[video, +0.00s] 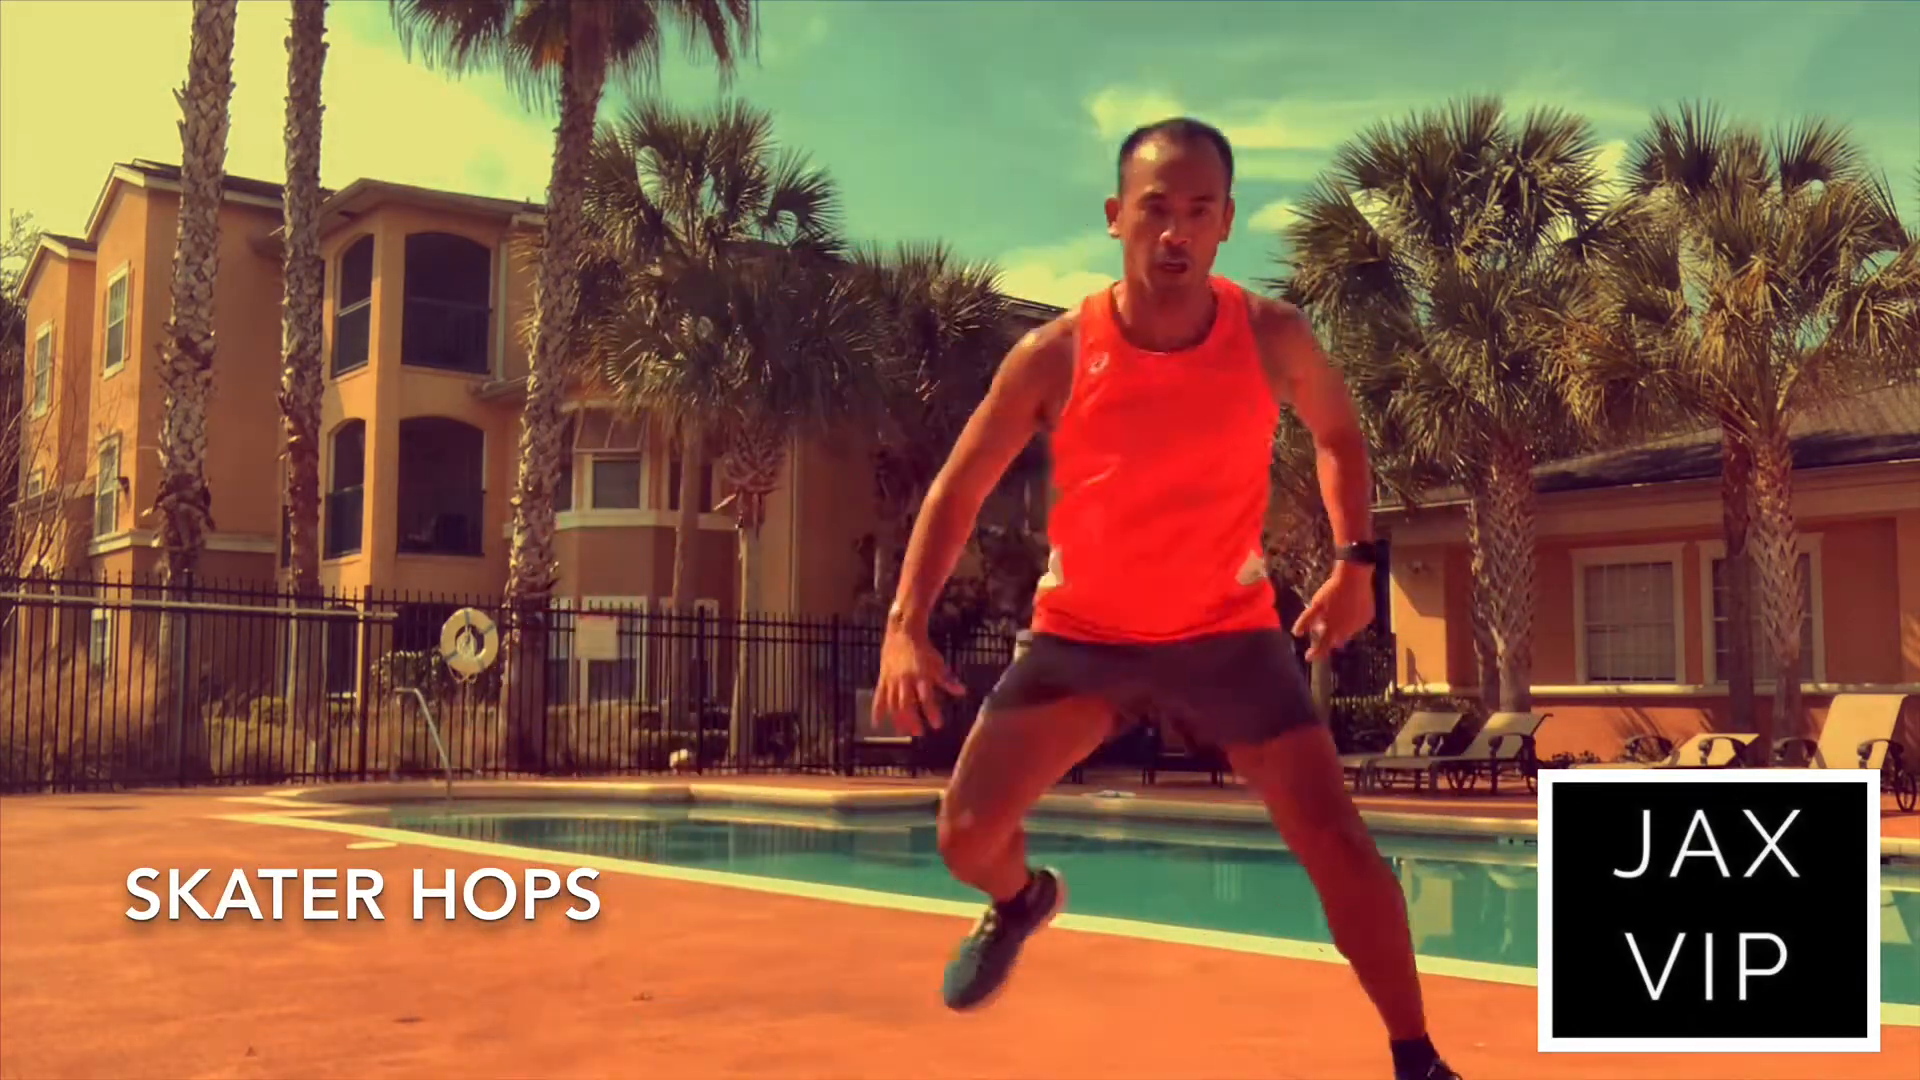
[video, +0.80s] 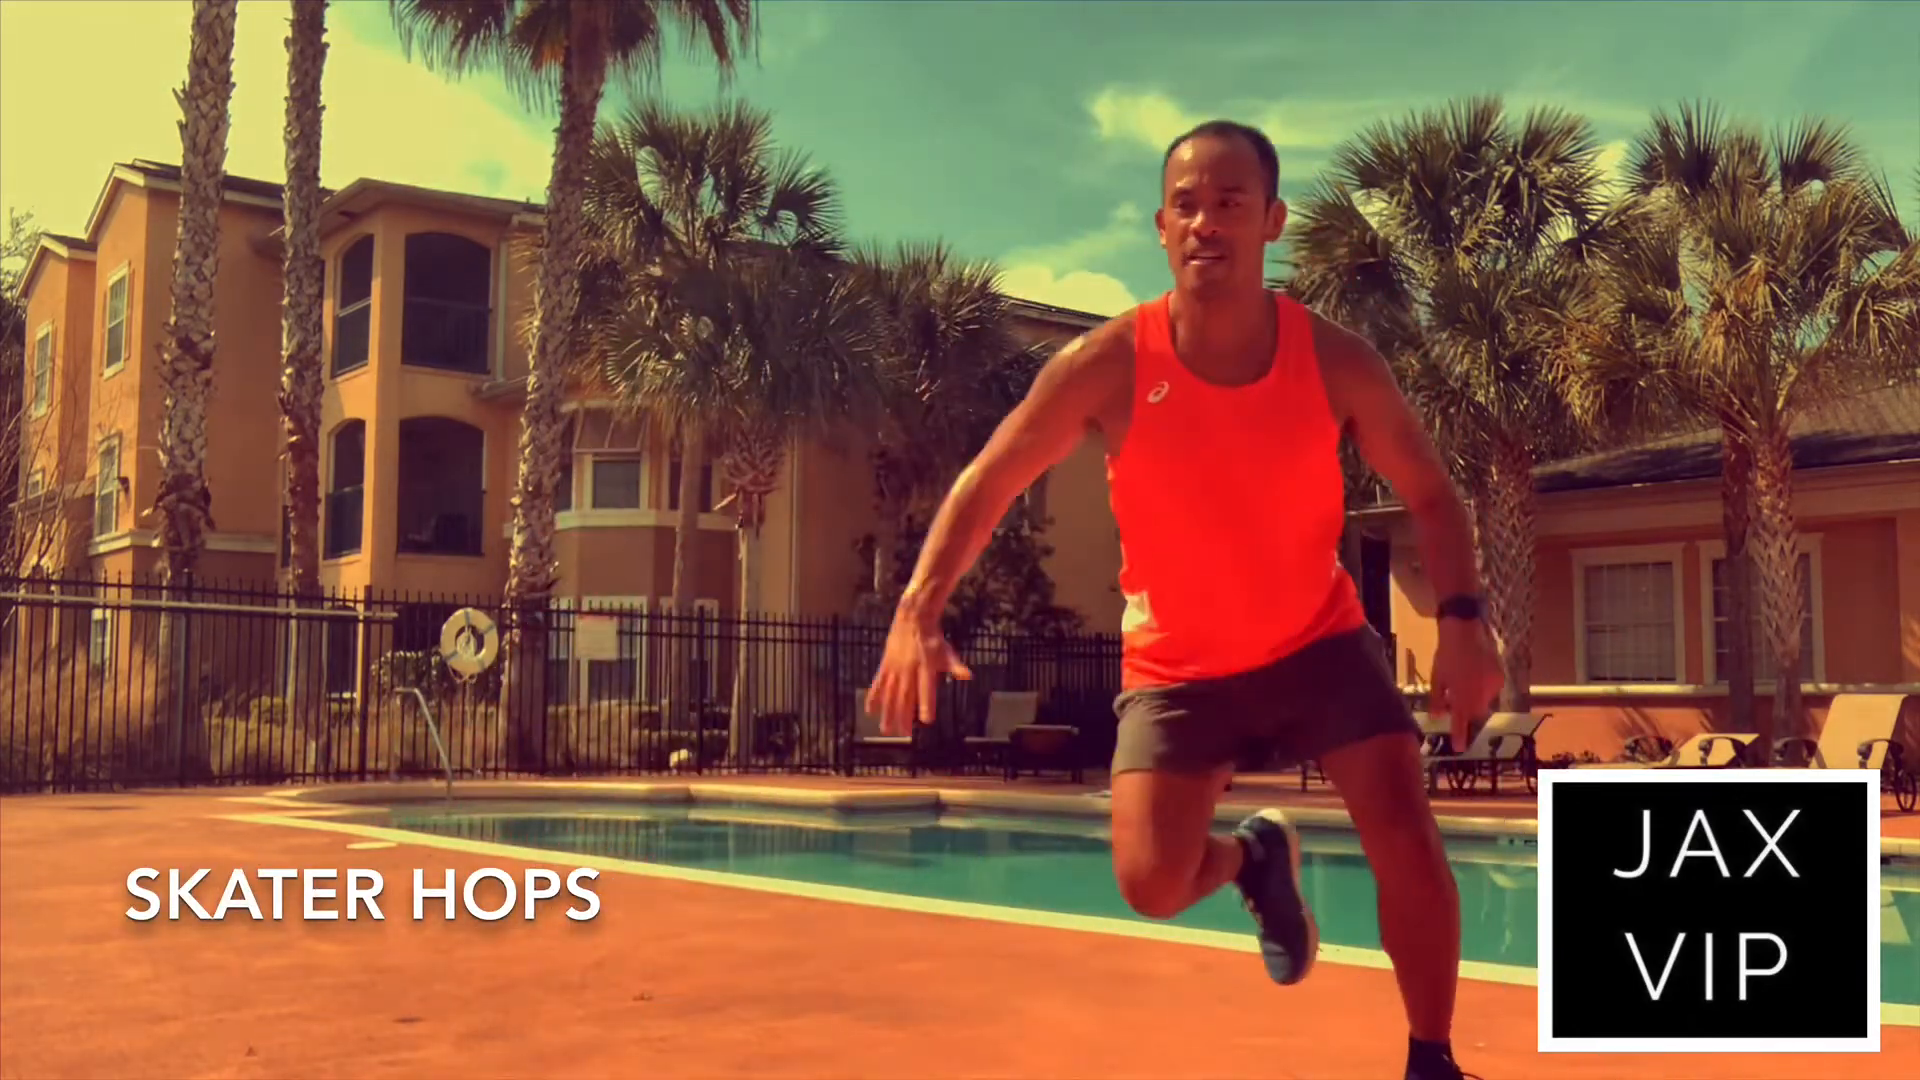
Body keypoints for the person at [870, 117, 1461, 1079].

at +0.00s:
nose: (1175, 228)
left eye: (1199, 207)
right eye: (1155, 205)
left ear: (1226, 222)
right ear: (1115, 215)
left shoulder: (1272, 338)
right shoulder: (1053, 355)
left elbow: (1339, 441)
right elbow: (958, 490)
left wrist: (1355, 561)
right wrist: (905, 625)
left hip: (1228, 636)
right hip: (1079, 637)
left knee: (1332, 838)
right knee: (967, 834)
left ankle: (1416, 1055)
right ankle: (1022, 901)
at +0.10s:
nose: (1275, 284)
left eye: (1297, 263)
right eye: (1253, 262)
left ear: (1322, 277)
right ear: (1210, 274)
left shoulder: (1361, 390)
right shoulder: (1149, 421)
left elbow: (1397, 494)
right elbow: (1075, 585)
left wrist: (1418, 611)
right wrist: (1073, 741)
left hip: (1319, 658)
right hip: (1184, 678)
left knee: (1398, 843)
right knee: (1160, 919)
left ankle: (1427, 1060)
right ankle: (1253, 911)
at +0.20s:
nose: (1342, 331)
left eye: (1363, 309)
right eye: (1319, 309)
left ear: (1387, 324)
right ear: (1274, 322)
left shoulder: (1411, 426)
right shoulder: (1225, 470)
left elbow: (1436, 507)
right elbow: (1199, 651)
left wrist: (1469, 610)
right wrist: (1278, 787)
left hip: (1368, 683)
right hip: (1249, 729)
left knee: (1434, 844)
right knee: (1315, 963)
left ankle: (1431, 1065)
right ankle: (1448, 942)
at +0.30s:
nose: (1385, 386)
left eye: (1405, 365)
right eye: (1362, 363)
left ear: (1430, 378)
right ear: (1317, 377)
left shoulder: (1439, 471)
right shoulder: (1277, 512)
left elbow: (1463, 530)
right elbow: (1318, 693)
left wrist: (1507, 612)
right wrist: (1474, 768)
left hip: (1417, 716)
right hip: (1307, 774)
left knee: (1446, 848)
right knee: (1438, 974)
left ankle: (1433, 1062)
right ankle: (1585, 991)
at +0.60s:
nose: (1372, 366)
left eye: (1396, 349)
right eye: (1352, 344)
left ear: (1427, 374)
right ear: (1313, 361)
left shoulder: (1438, 486)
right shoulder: (1254, 490)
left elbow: (1476, 591)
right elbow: (1285, 685)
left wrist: (1512, 706)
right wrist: (1449, 765)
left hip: (1407, 694)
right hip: (1292, 739)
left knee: (1428, 857)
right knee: (1428, 916)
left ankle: (1431, 1062)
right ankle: (1592, 980)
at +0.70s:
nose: (1303, 284)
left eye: (1329, 266)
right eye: (1284, 264)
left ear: (1366, 292)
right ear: (1252, 285)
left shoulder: (1397, 430)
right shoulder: (1190, 427)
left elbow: (1451, 585)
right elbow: (1158, 618)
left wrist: (1499, 723)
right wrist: (1199, 778)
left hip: (1367, 662)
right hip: (1250, 708)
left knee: (1419, 848)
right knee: (1353, 934)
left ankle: (1429, 1059)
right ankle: (1446, 915)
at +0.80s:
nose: (1206, 221)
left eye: (1231, 200)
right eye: (1186, 202)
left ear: (1275, 222)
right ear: (1161, 225)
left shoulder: (1335, 362)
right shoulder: (1105, 367)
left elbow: (1428, 495)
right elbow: (987, 484)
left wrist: (1462, 618)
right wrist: (915, 610)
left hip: (1318, 640)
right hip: (1172, 660)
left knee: (1405, 834)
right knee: (1152, 883)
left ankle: (1432, 1058)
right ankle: (1257, 862)